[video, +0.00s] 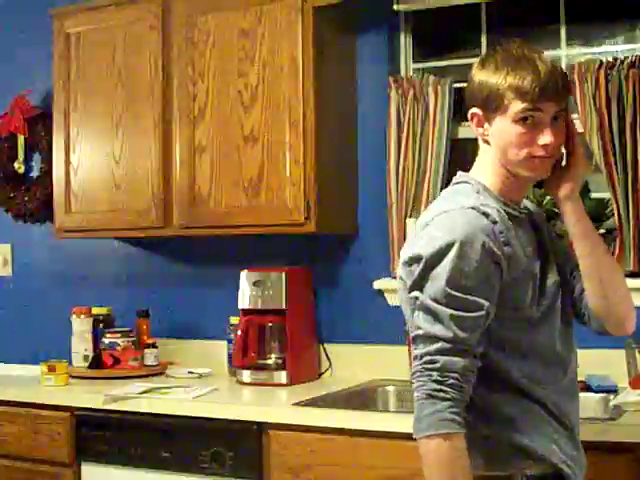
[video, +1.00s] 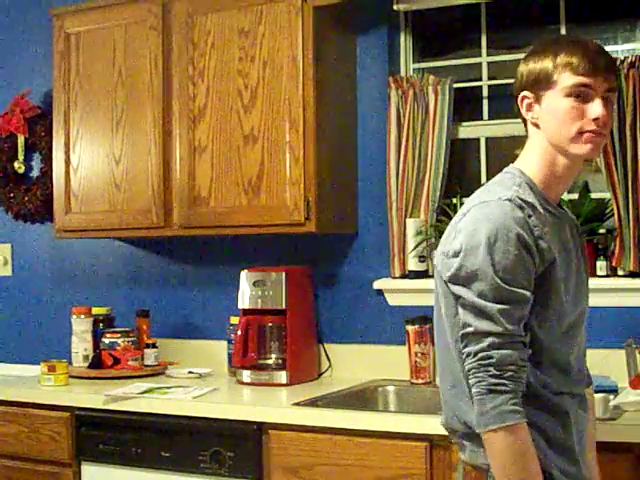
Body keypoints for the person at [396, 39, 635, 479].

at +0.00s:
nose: (548, 139)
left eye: (557, 122)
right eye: (527, 120)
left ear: (566, 127)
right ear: (481, 125)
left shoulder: (535, 223)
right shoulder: (461, 231)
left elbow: (618, 320)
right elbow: (437, 419)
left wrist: (569, 197)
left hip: (558, 460)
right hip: (506, 468)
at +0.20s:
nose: (561, 142)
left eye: (570, 124)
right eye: (541, 123)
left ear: (578, 129)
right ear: (493, 125)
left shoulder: (533, 224)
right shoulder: (474, 230)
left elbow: (615, 335)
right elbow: (443, 417)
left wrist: (578, 211)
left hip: (556, 461)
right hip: (511, 467)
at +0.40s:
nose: (577, 139)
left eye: (586, 121)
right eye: (557, 119)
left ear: (594, 124)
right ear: (509, 122)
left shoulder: (538, 223)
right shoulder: (480, 230)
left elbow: (586, 371)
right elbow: (450, 417)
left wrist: (597, 272)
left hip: (562, 460)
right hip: (520, 467)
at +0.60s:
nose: (580, 126)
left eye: (592, 109)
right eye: (560, 108)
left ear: (603, 118)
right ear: (517, 116)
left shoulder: (558, 222)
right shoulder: (482, 229)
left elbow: (544, 375)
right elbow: (489, 414)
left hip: (560, 460)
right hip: (506, 468)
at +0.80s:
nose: (587, 115)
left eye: (599, 100)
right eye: (566, 99)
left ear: (609, 114)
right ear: (524, 113)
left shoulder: (570, 226)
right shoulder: (489, 225)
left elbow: (562, 380)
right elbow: (494, 413)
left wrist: (574, 467)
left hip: (565, 462)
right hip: (513, 467)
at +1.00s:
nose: (601, 113)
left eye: (608, 98)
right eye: (580, 96)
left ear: (615, 108)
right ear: (530, 108)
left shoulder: (562, 224)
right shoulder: (496, 222)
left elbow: (575, 386)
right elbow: (497, 411)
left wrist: (588, 473)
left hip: (564, 464)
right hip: (515, 468)